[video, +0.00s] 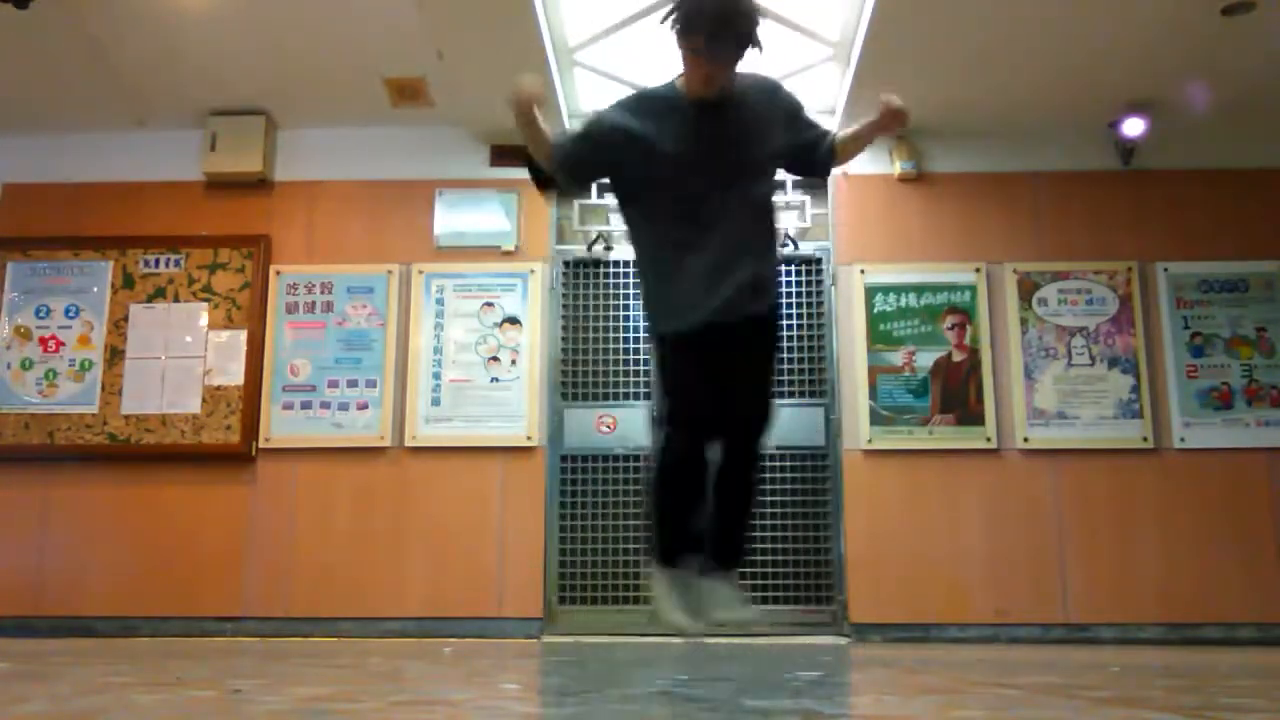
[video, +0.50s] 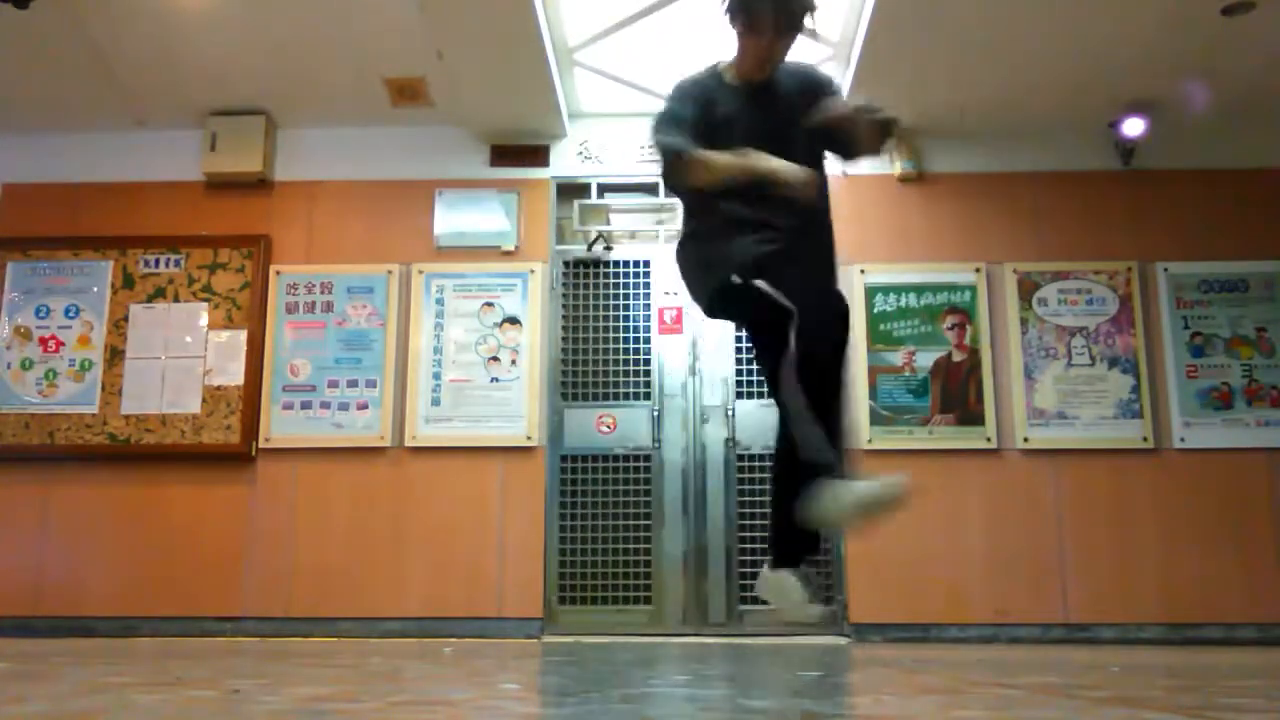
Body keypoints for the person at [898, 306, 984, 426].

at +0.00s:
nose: (957, 331)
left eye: (962, 326)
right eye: (951, 327)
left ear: (969, 328)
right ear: (944, 331)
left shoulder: (980, 360)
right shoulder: (940, 364)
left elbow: (986, 408)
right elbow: (918, 392)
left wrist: (955, 418)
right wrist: (909, 370)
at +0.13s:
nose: (957, 331)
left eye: (962, 326)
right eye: (951, 327)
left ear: (969, 328)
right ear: (944, 331)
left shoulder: (980, 360)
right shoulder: (940, 364)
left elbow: (986, 408)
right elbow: (918, 392)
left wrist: (955, 418)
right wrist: (909, 370)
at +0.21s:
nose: (957, 331)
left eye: (962, 326)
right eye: (951, 327)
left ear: (969, 328)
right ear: (944, 331)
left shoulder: (980, 360)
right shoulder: (940, 364)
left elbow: (986, 408)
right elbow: (918, 392)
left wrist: (955, 418)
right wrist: (909, 369)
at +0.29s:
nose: (957, 331)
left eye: (962, 326)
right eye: (951, 327)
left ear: (969, 328)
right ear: (944, 331)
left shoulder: (980, 360)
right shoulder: (940, 364)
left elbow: (986, 408)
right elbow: (918, 392)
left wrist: (955, 418)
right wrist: (909, 370)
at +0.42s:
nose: (957, 331)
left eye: (961, 326)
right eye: (951, 327)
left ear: (969, 328)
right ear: (944, 331)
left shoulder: (980, 360)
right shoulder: (940, 364)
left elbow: (985, 409)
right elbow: (918, 392)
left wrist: (955, 418)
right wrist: (909, 370)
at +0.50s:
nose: (957, 331)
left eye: (961, 326)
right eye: (951, 327)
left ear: (969, 328)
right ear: (944, 331)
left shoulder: (980, 360)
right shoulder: (940, 364)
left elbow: (984, 409)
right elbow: (918, 392)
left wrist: (955, 418)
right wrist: (909, 370)